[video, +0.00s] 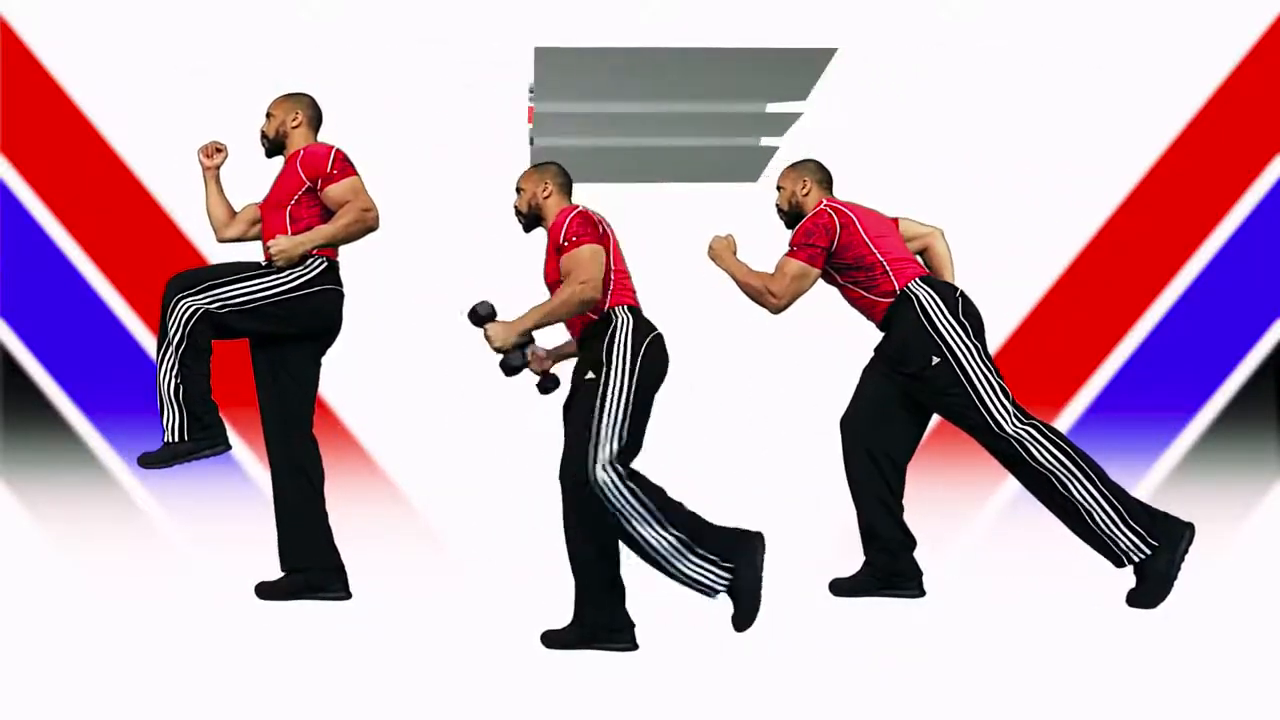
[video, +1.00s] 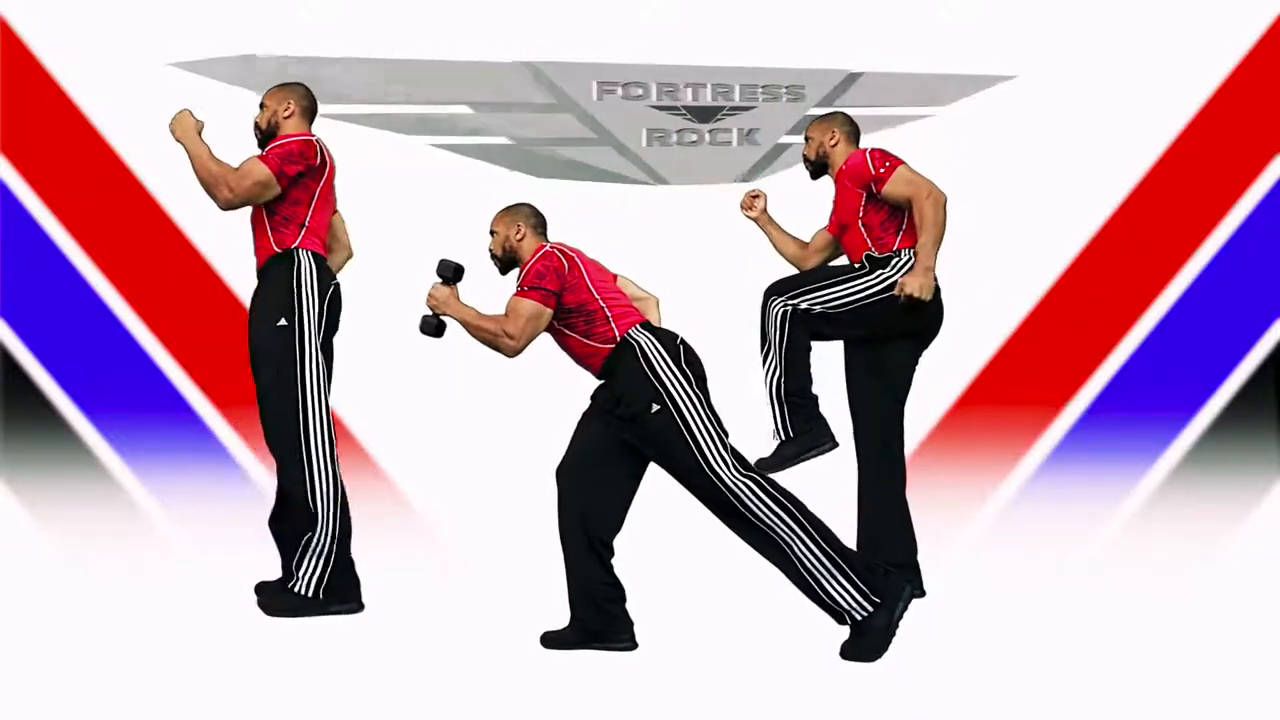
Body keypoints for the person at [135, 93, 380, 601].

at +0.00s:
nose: (262, 126)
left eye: (269, 117)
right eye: (264, 120)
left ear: (295, 117)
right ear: (296, 122)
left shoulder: (321, 156)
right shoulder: (284, 185)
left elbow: (364, 212)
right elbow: (229, 229)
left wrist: (303, 242)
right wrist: (212, 173)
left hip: (306, 278)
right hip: (296, 295)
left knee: (185, 295)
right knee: (288, 438)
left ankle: (195, 429)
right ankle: (317, 572)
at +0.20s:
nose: (263, 126)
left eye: (270, 117)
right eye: (265, 119)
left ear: (296, 118)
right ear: (296, 121)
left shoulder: (320, 156)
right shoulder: (285, 184)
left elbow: (364, 212)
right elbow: (229, 228)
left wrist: (302, 241)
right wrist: (213, 172)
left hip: (304, 278)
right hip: (298, 294)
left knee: (184, 300)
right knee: (288, 438)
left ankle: (195, 432)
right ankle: (316, 572)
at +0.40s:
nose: (261, 124)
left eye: (268, 115)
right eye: (263, 117)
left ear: (295, 116)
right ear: (294, 121)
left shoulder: (319, 155)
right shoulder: (285, 184)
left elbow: (363, 211)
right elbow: (229, 228)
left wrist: (301, 242)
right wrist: (212, 173)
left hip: (303, 280)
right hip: (301, 296)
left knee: (184, 308)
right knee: (287, 438)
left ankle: (203, 440)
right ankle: (316, 572)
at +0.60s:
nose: (263, 123)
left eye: (269, 113)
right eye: (265, 116)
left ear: (296, 114)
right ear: (297, 119)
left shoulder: (319, 156)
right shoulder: (283, 180)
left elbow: (329, 224)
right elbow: (250, 255)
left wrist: (258, 227)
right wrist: (203, 217)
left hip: (302, 283)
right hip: (295, 292)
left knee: (197, 358)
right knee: (285, 437)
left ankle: (238, 495)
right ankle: (315, 572)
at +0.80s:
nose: (260, 122)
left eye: (266, 112)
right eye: (262, 115)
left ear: (291, 111)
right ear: (300, 116)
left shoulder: (309, 152)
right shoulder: (297, 164)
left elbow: (258, 206)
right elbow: (297, 254)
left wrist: (202, 169)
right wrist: (255, 288)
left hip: (298, 287)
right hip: (292, 289)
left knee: (261, 421)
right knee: (286, 427)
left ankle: (292, 572)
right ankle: (322, 566)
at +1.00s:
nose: (256, 116)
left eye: (262, 107)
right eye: (258, 109)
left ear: (285, 108)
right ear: (297, 112)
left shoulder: (300, 147)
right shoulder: (303, 161)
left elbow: (229, 191)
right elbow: (339, 247)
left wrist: (192, 139)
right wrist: (298, 296)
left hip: (295, 285)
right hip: (292, 288)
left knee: (303, 431)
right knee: (291, 433)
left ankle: (323, 582)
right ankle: (309, 574)